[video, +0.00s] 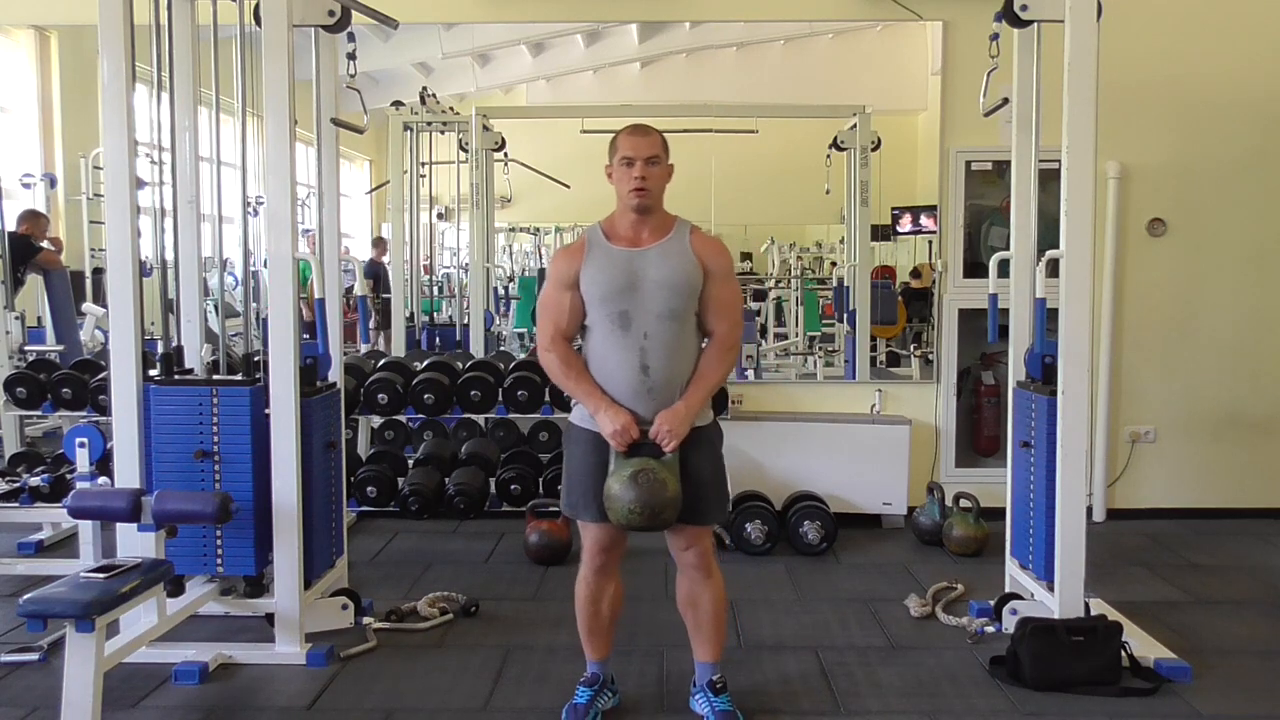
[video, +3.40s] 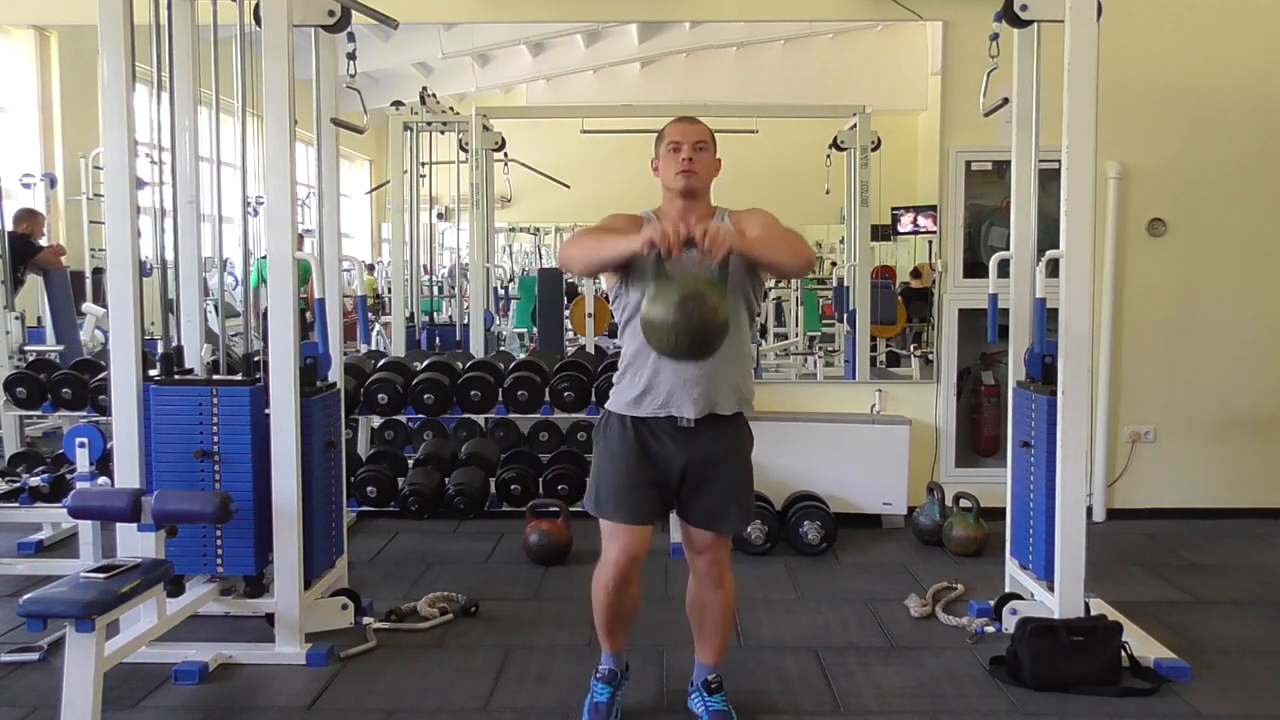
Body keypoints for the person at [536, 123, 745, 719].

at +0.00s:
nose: (640, 173)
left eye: (652, 163)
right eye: (628, 163)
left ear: (669, 172)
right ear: (610, 173)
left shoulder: (705, 252)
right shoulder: (574, 259)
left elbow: (726, 337)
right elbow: (551, 345)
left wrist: (689, 407)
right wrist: (602, 408)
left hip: (685, 428)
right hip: (597, 429)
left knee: (695, 551)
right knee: (598, 551)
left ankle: (708, 686)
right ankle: (596, 679)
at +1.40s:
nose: (680, 201)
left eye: (692, 189)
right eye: (666, 190)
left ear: (708, 198)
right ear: (646, 199)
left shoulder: (744, 271)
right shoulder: (610, 272)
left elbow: (801, 337)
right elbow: (557, 340)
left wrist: (748, 359)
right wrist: (639, 361)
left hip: (715, 461)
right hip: (628, 459)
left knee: (730, 620)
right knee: (620, 599)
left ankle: (702, 683)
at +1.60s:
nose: (654, 267)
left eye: (668, 255)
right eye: (640, 255)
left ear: (686, 263)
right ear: (618, 265)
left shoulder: (712, 326)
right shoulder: (587, 329)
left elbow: (809, 309)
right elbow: (518, 314)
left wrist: (735, 301)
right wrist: (619, 302)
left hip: (700, 538)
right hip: (605, 532)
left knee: (733, 703)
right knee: (605, 665)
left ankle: (711, 710)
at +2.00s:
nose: (645, 349)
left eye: (660, 335)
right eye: (630, 336)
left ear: (679, 343)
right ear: (607, 349)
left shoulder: (709, 401)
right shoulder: (581, 409)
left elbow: (730, 301)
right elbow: (565, 305)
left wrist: (696, 214)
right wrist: (605, 213)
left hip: (698, 634)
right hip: (598, 624)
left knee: (735, 710)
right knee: (596, 695)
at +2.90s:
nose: (658, 279)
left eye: (671, 263)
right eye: (641, 264)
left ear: (690, 266)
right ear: (617, 269)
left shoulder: (719, 334)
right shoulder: (591, 342)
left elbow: (746, 243)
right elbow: (563, 247)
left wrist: (706, 173)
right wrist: (610, 168)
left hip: (708, 557)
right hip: (613, 552)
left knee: (742, 705)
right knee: (626, 659)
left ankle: (711, 709)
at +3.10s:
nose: (680, 192)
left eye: (692, 184)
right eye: (665, 184)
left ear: (713, 204)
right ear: (640, 204)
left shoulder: (735, 265)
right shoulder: (616, 268)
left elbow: (776, 214)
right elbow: (573, 220)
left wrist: (724, 161)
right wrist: (625, 163)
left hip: (718, 472)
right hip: (633, 473)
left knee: (730, 628)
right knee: (618, 627)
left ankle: (703, 685)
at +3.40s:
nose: (687, 155)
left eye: (699, 147)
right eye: (675, 148)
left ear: (717, 166)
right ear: (656, 166)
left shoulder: (745, 224)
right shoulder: (630, 227)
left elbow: (804, 259)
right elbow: (569, 256)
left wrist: (739, 237)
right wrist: (637, 240)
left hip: (719, 424)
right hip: (634, 423)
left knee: (711, 558)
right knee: (620, 560)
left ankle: (707, 686)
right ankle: (609, 669)